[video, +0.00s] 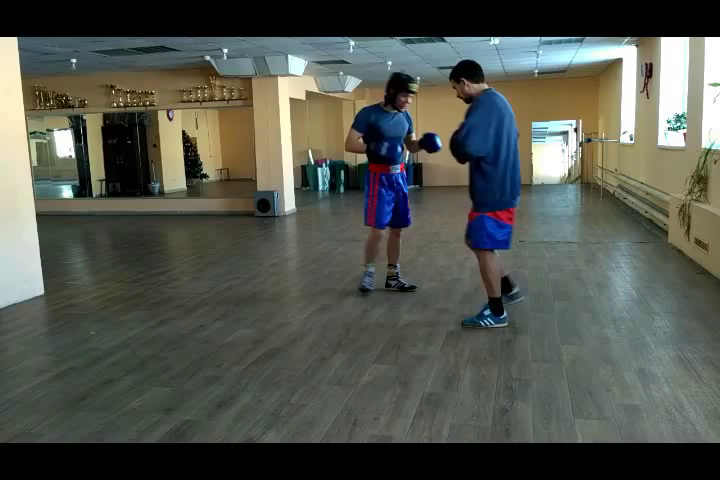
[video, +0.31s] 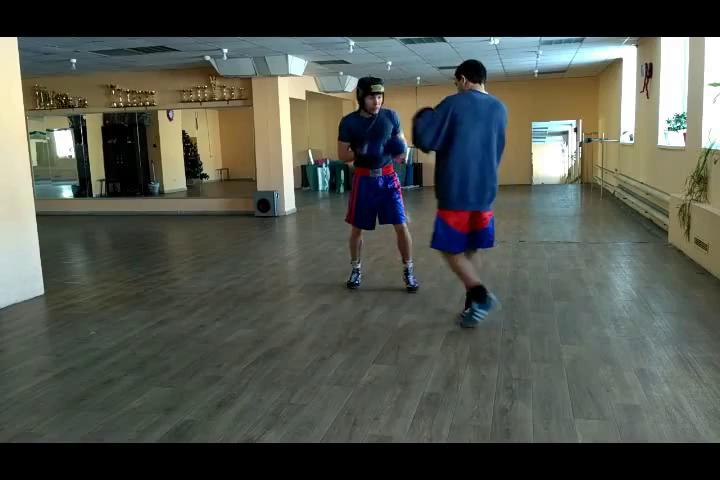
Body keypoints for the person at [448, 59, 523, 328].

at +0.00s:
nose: (457, 95)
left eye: (456, 88)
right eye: (455, 89)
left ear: (465, 82)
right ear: (476, 80)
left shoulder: (485, 106)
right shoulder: (495, 101)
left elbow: (464, 152)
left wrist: (458, 134)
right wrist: (463, 135)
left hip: (492, 193)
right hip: (500, 188)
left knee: (484, 248)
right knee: (475, 239)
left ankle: (496, 311)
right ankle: (506, 286)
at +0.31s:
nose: (456, 85)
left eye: (456, 80)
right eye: (456, 81)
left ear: (463, 80)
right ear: (484, 81)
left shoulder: (453, 104)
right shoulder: (499, 108)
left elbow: (426, 141)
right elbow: (498, 147)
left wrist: (424, 115)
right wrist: (485, 173)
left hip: (454, 190)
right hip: (485, 189)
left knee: (450, 248)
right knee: (472, 248)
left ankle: (481, 295)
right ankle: (472, 305)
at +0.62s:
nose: (440, 82)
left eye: (441, 79)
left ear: (442, 81)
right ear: (466, 83)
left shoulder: (424, 105)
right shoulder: (477, 111)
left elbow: (393, 113)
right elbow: (489, 154)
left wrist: (391, 96)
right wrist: (464, 158)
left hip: (429, 193)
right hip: (464, 194)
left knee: (414, 250)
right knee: (465, 253)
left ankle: (399, 304)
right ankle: (471, 307)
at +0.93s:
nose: (437, 87)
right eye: (438, 84)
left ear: (412, 82)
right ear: (436, 84)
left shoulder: (392, 106)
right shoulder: (445, 111)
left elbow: (373, 129)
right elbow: (454, 158)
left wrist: (398, 155)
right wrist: (434, 172)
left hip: (398, 191)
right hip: (432, 193)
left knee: (402, 249)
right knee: (445, 247)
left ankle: (396, 306)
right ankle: (449, 308)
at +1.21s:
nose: (432, 84)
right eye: (434, 80)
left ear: (410, 79)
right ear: (433, 81)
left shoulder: (392, 106)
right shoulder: (442, 112)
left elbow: (369, 139)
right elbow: (450, 160)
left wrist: (391, 156)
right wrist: (428, 164)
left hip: (391, 194)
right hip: (424, 197)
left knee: (396, 254)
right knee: (422, 261)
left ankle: (396, 305)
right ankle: (413, 320)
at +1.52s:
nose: (431, 85)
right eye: (432, 81)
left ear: (404, 80)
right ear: (430, 82)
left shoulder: (386, 109)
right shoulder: (436, 115)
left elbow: (367, 151)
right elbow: (443, 167)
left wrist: (388, 163)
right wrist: (425, 163)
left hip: (388, 197)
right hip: (420, 200)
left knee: (397, 252)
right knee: (413, 266)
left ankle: (396, 302)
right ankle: (405, 326)